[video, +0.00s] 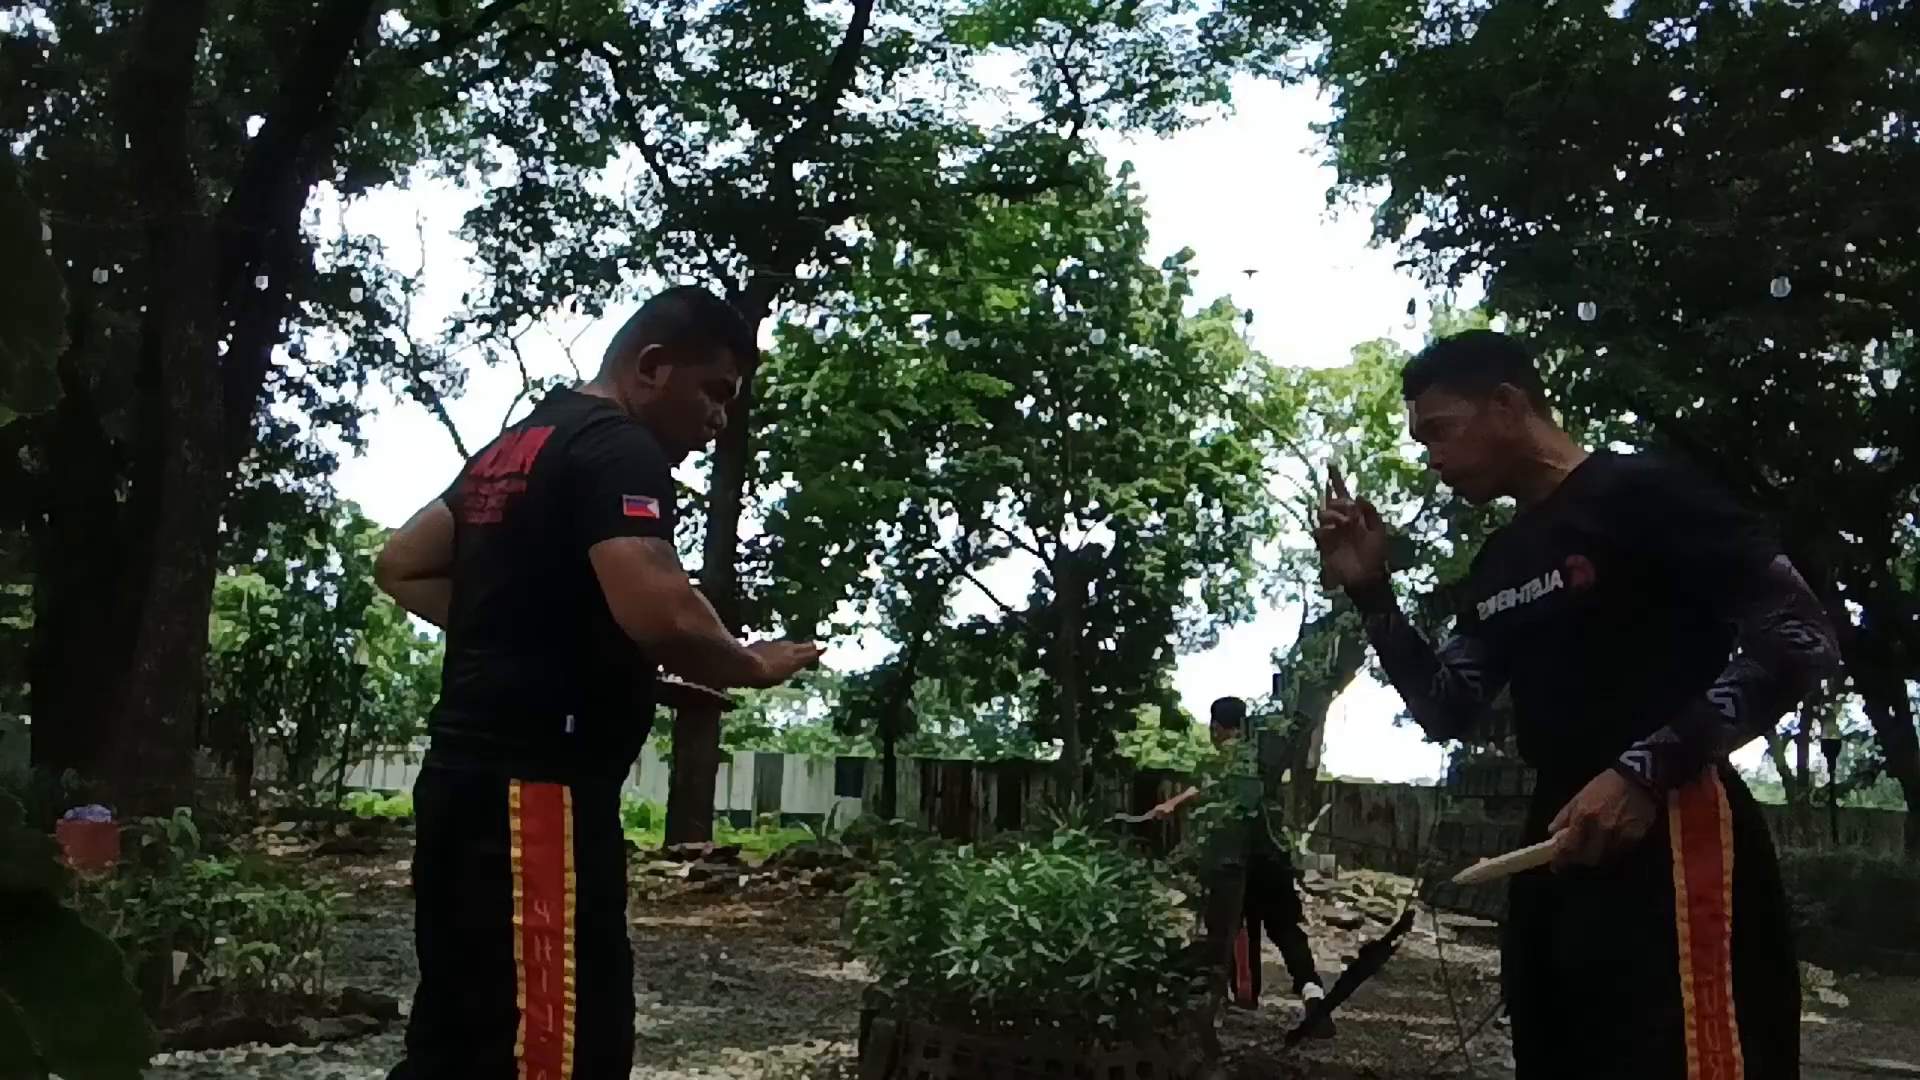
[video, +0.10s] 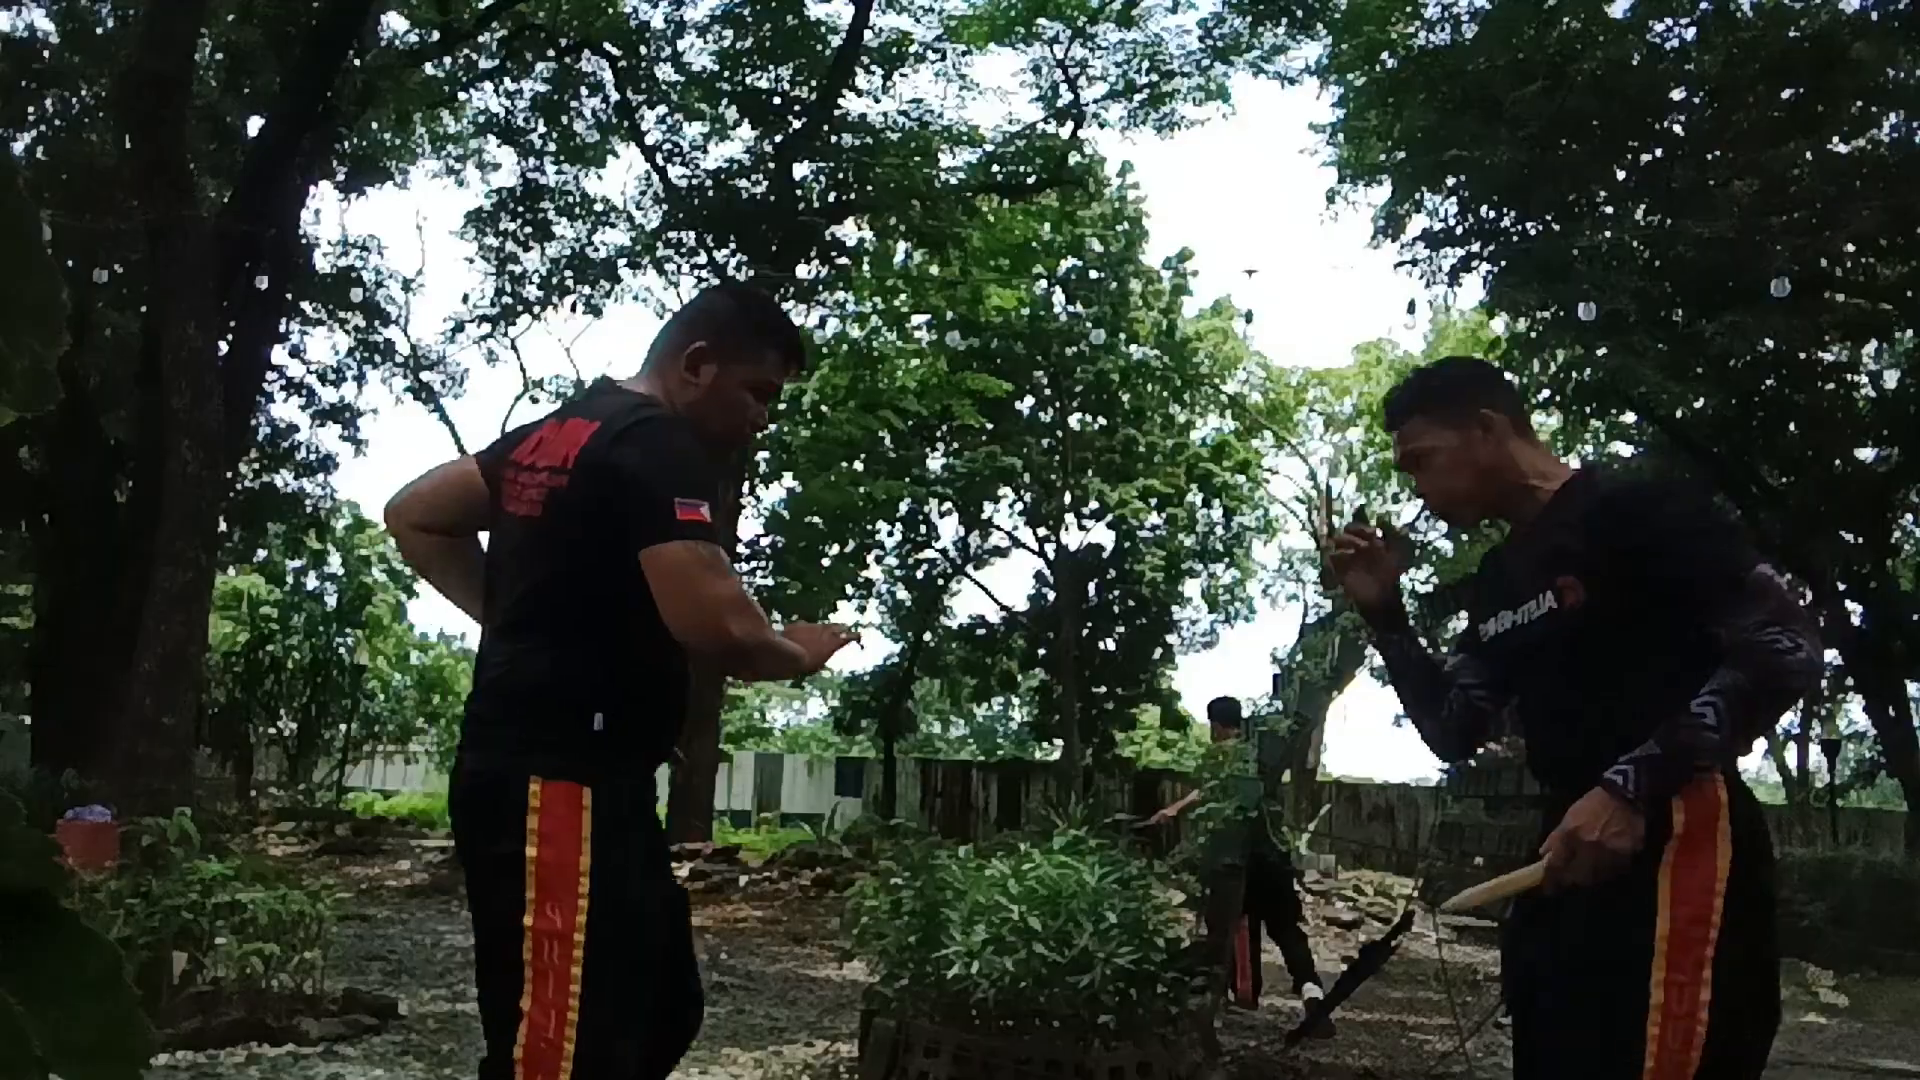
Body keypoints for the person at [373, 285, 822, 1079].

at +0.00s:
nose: (720, 421)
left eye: (729, 402)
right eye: (715, 392)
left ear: (641, 365)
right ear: (650, 363)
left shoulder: (521, 442)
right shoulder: (614, 443)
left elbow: (402, 564)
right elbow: (661, 615)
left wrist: (546, 635)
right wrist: (749, 664)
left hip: (470, 778)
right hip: (538, 789)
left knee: (459, 1042)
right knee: (561, 1050)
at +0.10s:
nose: (763, 422)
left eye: (772, 403)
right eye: (757, 394)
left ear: (679, 363)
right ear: (695, 364)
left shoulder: (564, 427)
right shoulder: (654, 441)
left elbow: (416, 516)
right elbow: (714, 627)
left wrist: (519, 620)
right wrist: (793, 653)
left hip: (593, 778)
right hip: (557, 779)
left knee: (662, 1015)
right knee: (558, 1043)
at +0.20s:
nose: (814, 421)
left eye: (821, 401)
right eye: (809, 393)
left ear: (740, 365)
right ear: (743, 364)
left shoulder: (617, 425)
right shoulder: (692, 444)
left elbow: (475, 508)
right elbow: (754, 633)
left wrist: (563, 613)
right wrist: (832, 640)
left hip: (648, 790)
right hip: (587, 787)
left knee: (760, 1012)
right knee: (577, 1052)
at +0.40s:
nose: (980, 464)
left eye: (988, 443)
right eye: (970, 434)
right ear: (891, 410)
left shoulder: (943, 543)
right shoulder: (751, 501)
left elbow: (992, 660)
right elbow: (763, 684)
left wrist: (1115, 749)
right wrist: (929, 663)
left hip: (851, 862)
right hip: (710, 862)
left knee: (952, 1056)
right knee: (630, 1062)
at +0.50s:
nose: (1041, 489)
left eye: (1049, 467)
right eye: (1026, 461)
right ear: (942, 440)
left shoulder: (1030, 581)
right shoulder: (808, 530)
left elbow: (1160, 698)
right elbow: (780, 713)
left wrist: (1301, 793)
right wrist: (959, 706)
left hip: (910, 883)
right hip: (755, 877)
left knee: (1021, 1056)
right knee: (651, 1066)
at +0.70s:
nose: (1099, 508)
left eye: (1110, 486)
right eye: (1077, 481)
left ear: (1115, 478)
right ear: (993, 465)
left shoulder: (1097, 558)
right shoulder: (875, 571)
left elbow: (1265, 558)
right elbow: (838, 754)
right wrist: (1026, 737)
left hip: (975, 905)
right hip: (810, 899)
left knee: (1071, 1065)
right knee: (681, 1065)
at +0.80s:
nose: (1089, 499)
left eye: (1099, 477)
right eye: (1067, 474)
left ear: (1105, 474)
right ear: (985, 458)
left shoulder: (1088, 531)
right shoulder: (872, 577)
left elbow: (1235, 489)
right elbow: (862, 768)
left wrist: (1373, 435)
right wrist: (1042, 732)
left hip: (993, 902)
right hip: (828, 904)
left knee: (1084, 1066)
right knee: (696, 1068)